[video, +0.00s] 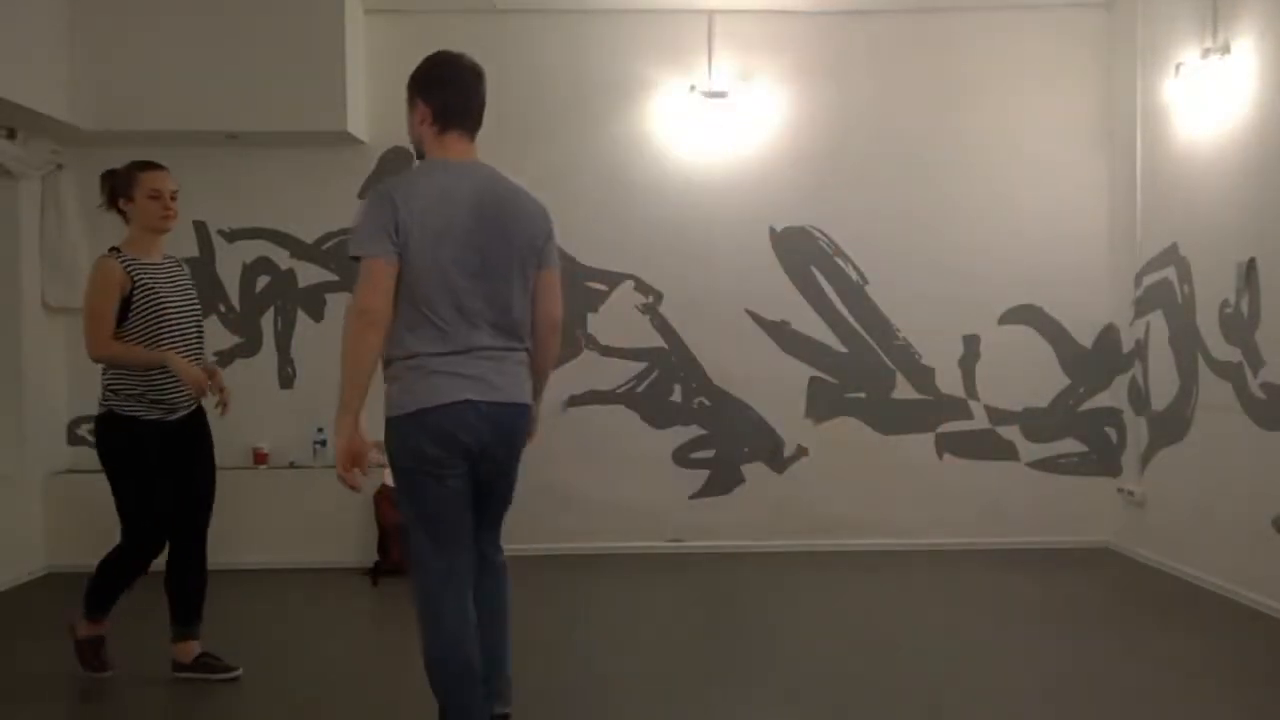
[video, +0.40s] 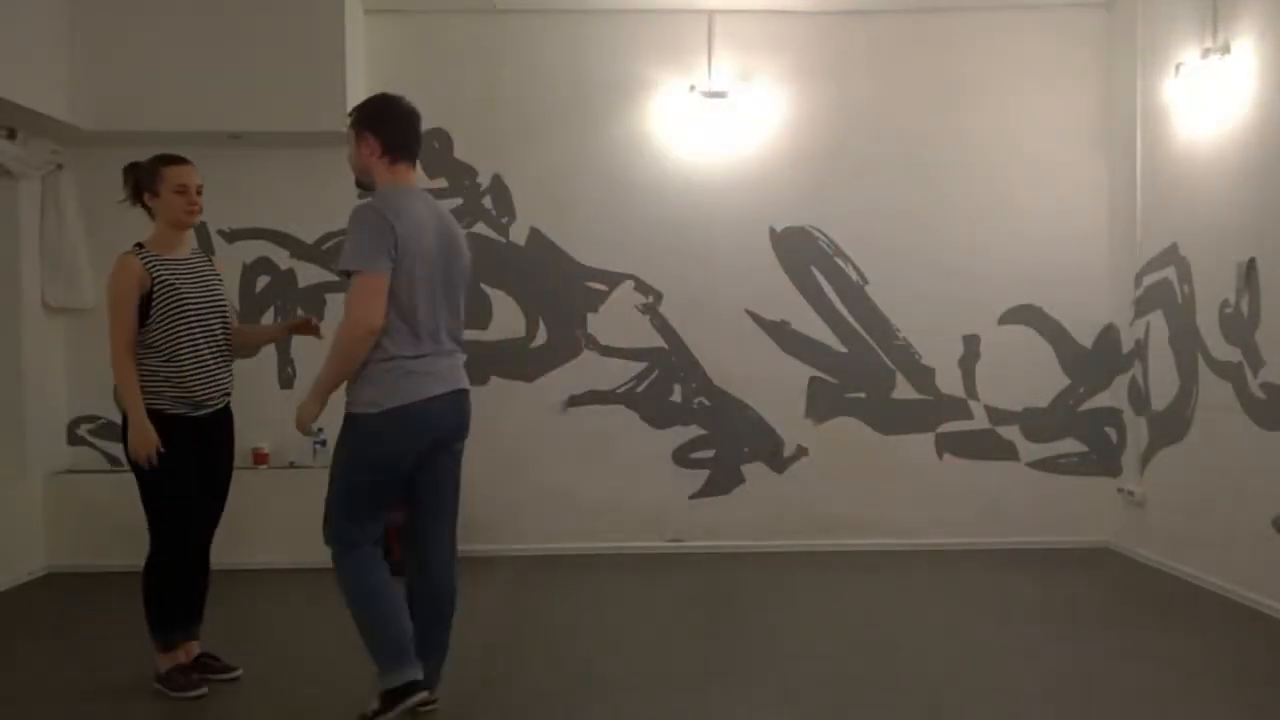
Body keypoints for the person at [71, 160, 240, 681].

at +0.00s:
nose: (169, 205)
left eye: (173, 196)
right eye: (156, 197)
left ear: (178, 203)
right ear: (126, 205)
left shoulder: (176, 267)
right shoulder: (113, 266)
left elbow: (173, 341)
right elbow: (99, 346)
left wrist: (207, 371)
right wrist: (170, 359)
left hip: (185, 422)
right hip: (131, 425)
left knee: (191, 536)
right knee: (146, 536)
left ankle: (187, 649)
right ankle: (90, 623)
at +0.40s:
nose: (195, 200)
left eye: (198, 191)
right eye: (182, 191)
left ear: (201, 198)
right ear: (151, 199)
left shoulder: (206, 266)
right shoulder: (135, 265)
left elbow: (231, 341)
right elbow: (122, 352)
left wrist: (284, 330)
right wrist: (138, 422)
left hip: (213, 420)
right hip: (163, 423)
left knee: (199, 537)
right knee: (171, 540)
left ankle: (189, 650)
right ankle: (168, 660)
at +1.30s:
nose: (208, 199)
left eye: (212, 190)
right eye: (195, 192)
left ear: (218, 195)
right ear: (165, 201)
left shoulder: (222, 261)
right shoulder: (148, 265)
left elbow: (253, 317)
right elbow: (130, 351)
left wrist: (309, 296)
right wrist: (139, 422)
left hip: (219, 424)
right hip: (167, 427)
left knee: (202, 541)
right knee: (169, 542)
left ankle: (191, 648)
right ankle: (169, 659)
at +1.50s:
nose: (215, 200)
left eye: (217, 191)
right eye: (203, 192)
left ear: (217, 198)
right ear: (170, 200)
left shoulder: (210, 261)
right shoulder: (155, 262)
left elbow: (215, 330)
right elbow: (125, 343)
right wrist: (149, 417)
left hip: (214, 421)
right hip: (168, 425)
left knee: (206, 538)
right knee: (177, 541)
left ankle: (190, 650)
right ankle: (168, 660)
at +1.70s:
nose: (219, 210)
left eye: (220, 201)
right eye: (207, 201)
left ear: (216, 208)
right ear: (172, 207)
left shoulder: (199, 271)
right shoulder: (157, 267)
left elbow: (202, 340)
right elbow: (129, 346)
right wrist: (174, 410)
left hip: (196, 420)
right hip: (152, 423)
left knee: (208, 532)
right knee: (187, 535)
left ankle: (190, 649)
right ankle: (171, 657)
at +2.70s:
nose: (291, 214)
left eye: (293, 205)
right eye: (284, 203)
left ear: (260, 208)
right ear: (248, 203)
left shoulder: (266, 264)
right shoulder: (216, 266)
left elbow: (271, 305)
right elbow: (170, 343)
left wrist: (307, 262)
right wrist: (141, 413)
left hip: (259, 426)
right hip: (227, 427)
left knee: (224, 543)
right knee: (286, 537)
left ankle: (178, 646)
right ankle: (281, 666)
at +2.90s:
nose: (312, 211)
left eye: (314, 202)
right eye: (304, 201)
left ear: (281, 205)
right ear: (269, 201)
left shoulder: (291, 264)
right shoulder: (244, 273)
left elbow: (302, 310)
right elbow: (224, 364)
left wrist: (329, 268)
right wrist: (224, 442)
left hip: (301, 426)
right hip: (262, 429)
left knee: (328, 537)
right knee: (293, 544)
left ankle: (235, 615)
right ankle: (282, 667)